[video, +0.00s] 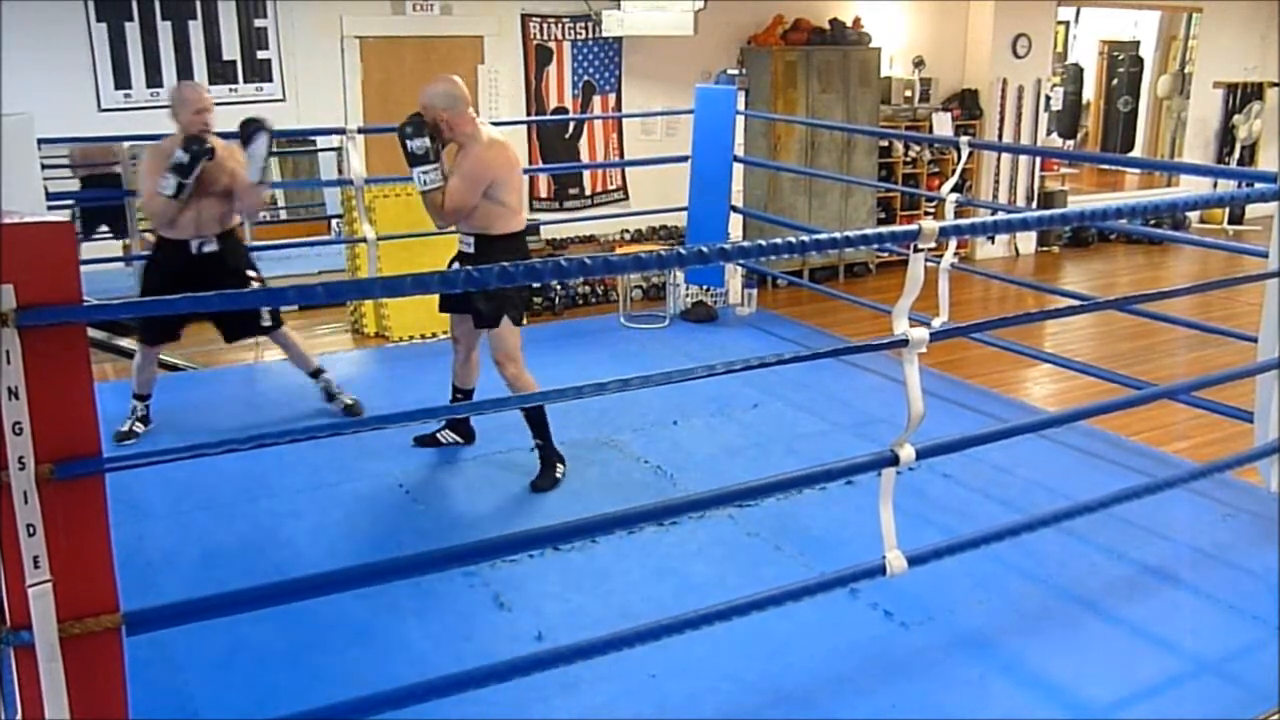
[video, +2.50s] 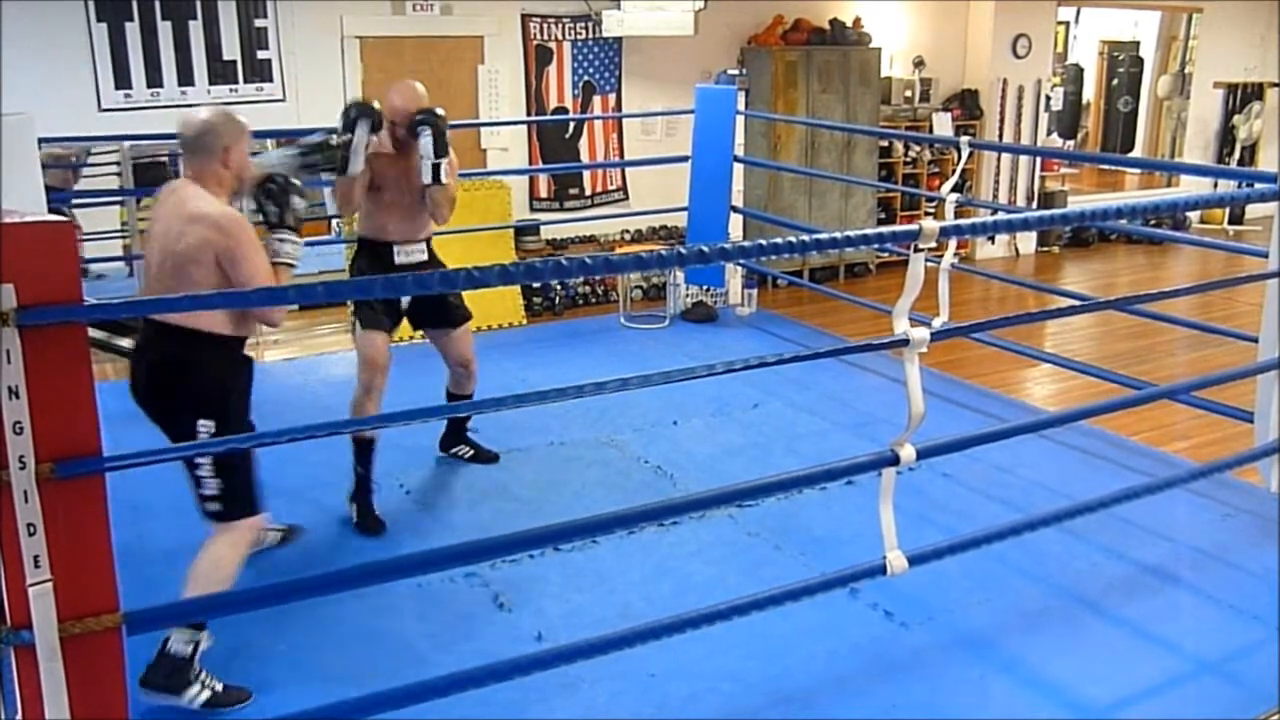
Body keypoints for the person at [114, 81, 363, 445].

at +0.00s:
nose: (206, 118)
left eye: (209, 110)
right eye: (197, 112)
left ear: (213, 111)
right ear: (177, 116)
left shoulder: (229, 153)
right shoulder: (157, 155)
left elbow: (250, 208)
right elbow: (158, 217)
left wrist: (258, 163)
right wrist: (179, 175)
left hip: (224, 251)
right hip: (171, 256)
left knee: (272, 326)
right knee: (149, 342)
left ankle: (330, 389)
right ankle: (139, 415)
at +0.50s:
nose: (171, 132)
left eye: (175, 123)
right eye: (161, 126)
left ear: (179, 120)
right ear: (137, 126)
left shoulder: (196, 155)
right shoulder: (119, 163)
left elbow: (227, 209)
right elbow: (132, 231)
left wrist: (219, 153)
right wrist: (143, 180)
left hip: (200, 264)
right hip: (144, 269)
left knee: (245, 345)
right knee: (120, 363)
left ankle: (281, 414)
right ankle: (107, 421)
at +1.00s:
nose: (96, 111)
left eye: (96, 103)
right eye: (85, 106)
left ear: (97, 102)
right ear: (57, 114)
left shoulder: (106, 147)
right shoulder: (46, 163)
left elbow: (124, 204)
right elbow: (79, 238)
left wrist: (155, 192)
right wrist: (94, 176)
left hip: (117, 269)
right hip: (73, 276)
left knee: (166, 357)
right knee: (81, 378)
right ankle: (75, 458)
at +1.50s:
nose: (91, 168)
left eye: (89, 157)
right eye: (81, 161)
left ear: (46, 173)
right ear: (46, 172)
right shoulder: (45, 227)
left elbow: (106, 278)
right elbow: (98, 289)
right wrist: (113, 226)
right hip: (70, 373)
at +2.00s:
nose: (142, 129)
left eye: (139, 119)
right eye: (139, 120)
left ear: (85, 123)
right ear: (124, 124)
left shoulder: (53, 177)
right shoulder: (138, 191)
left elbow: (46, 243)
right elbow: (176, 270)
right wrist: (170, 230)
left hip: (55, 324)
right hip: (115, 324)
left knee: (73, 458)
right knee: (154, 459)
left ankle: (64, 574)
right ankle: (127, 571)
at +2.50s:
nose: (250, 160)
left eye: (247, 150)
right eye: (246, 152)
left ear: (193, 154)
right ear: (227, 157)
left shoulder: (169, 200)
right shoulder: (227, 224)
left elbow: (172, 282)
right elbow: (273, 312)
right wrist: (269, 257)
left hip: (155, 360)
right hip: (201, 373)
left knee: (228, 443)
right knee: (238, 522)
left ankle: (247, 528)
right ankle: (177, 659)